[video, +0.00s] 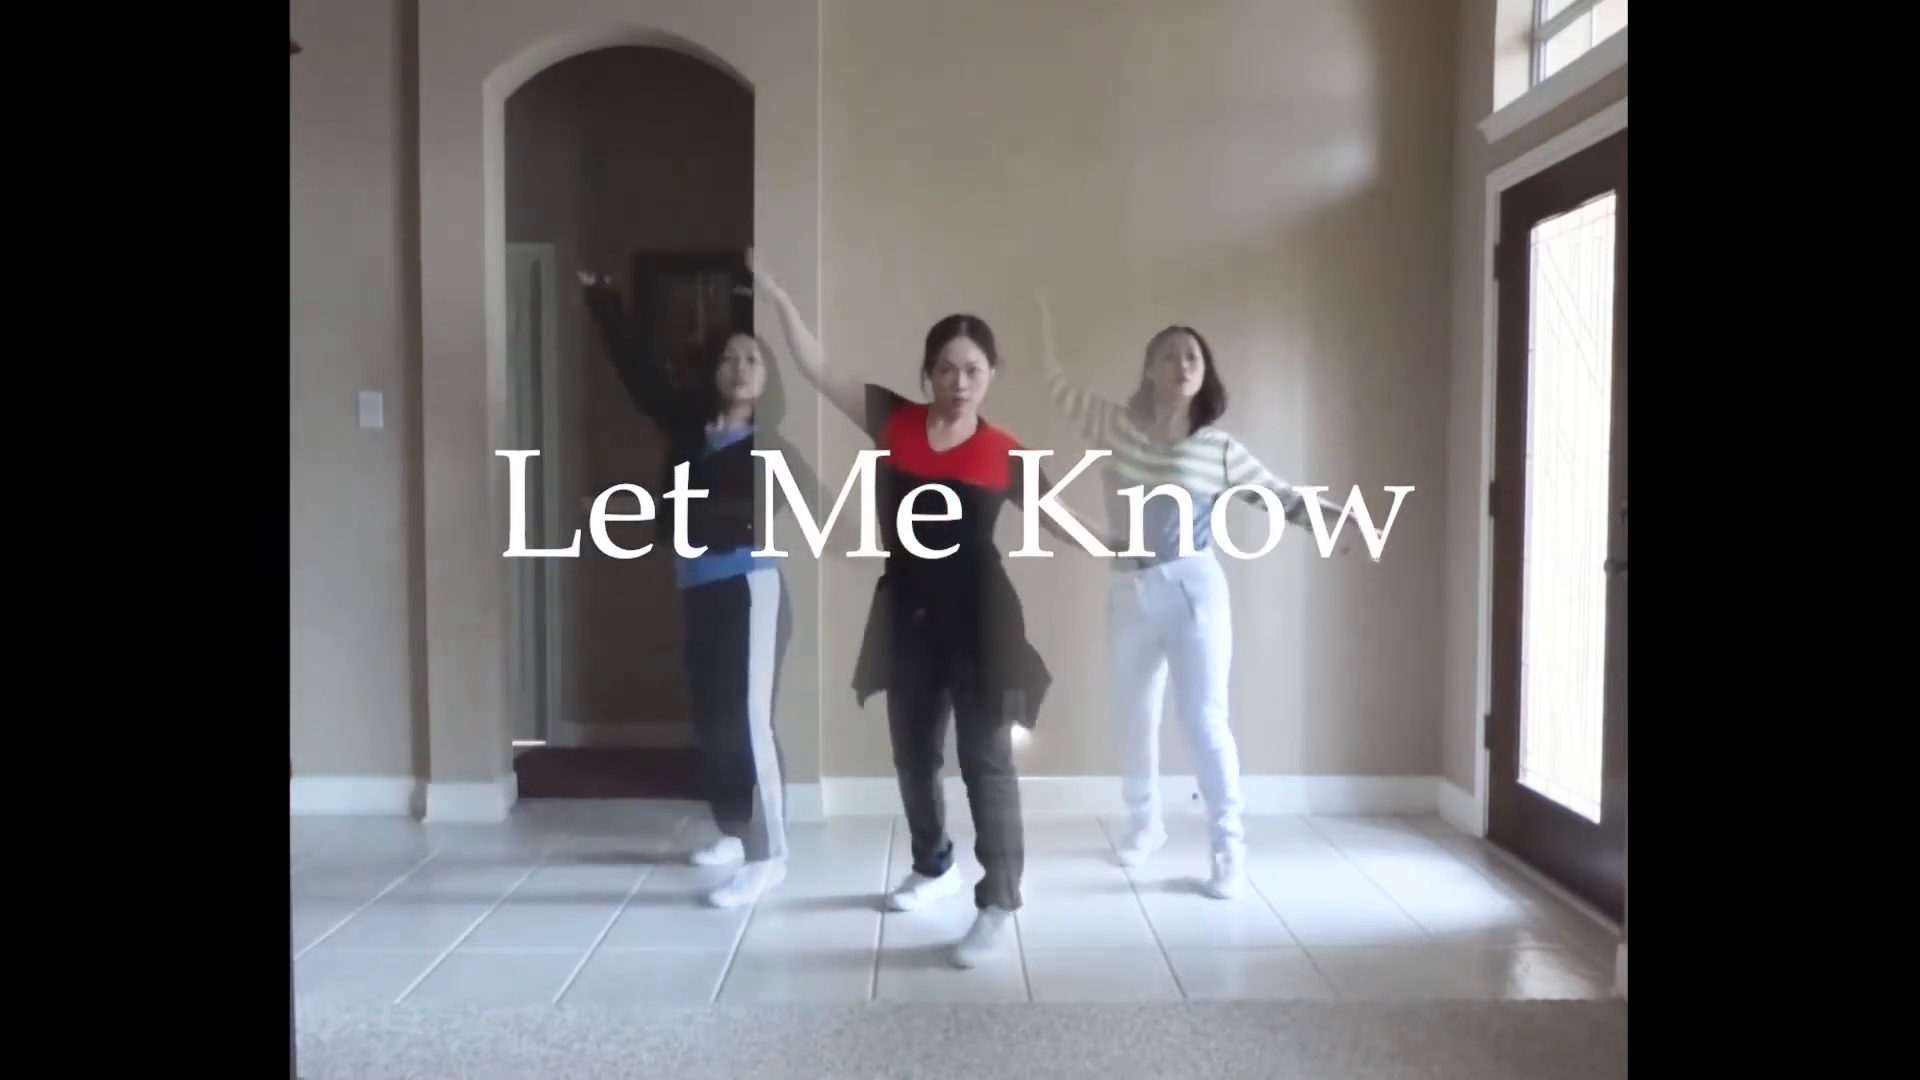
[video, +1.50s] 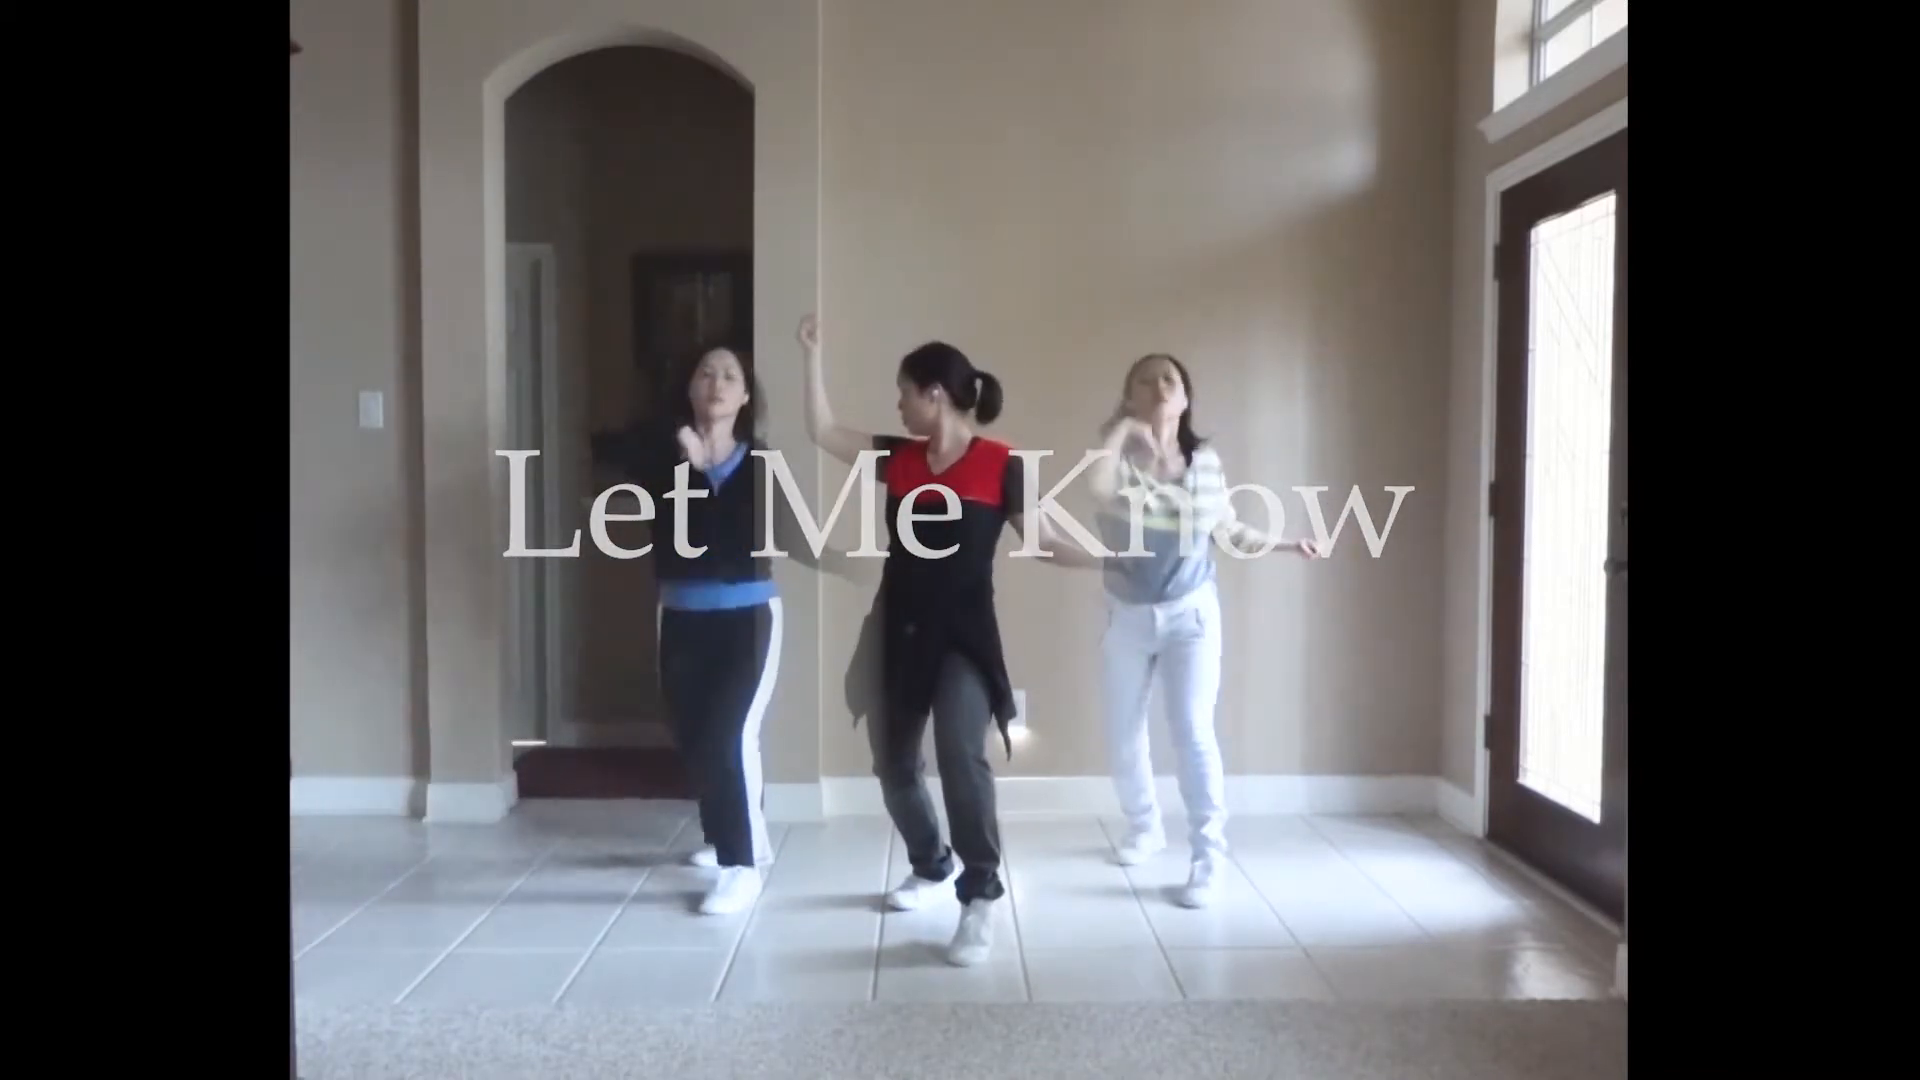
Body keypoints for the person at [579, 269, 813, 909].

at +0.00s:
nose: (739, 370)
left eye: (750, 361)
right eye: (729, 360)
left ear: (766, 376)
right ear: (712, 371)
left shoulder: (766, 450)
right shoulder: (688, 425)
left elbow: (755, 521)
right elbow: (641, 372)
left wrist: (679, 514)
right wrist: (604, 304)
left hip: (752, 586)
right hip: (701, 588)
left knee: (749, 717)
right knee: (712, 714)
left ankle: (769, 857)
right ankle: (736, 834)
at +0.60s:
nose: (699, 414)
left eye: (706, 404)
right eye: (700, 404)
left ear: (728, 409)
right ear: (712, 413)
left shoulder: (752, 464)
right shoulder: (699, 457)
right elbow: (651, 416)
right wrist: (643, 359)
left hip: (746, 599)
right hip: (702, 598)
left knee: (720, 708)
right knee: (694, 715)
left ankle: (745, 836)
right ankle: (724, 833)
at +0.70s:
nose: (714, 410)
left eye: (722, 399)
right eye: (718, 398)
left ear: (737, 407)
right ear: (715, 402)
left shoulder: (763, 462)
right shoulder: (694, 448)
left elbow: (806, 523)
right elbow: (647, 429)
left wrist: (846, 556)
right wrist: (646, 371)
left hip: (746, 603)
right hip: (699, 599)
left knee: (714, 711)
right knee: (691, 719)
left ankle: (740, 839)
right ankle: (731, 831)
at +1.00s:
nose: (725, 411)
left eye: (737, 397)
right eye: (717, 396)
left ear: (757, 405)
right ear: (705, 400)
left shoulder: (766, 458)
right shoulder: (684, 455)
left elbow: (813, 523)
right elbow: (651, 438)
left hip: (744, 597)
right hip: (691, 595)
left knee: (728, 720)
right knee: (704, 718)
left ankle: (729, 854)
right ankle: (741, 831)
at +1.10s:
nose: (715, 374)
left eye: (728, 365)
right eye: (710, 364)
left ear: (750, 382)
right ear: (697, 377)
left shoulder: (760, 444)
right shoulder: (683, 442)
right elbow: (657, 437)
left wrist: (750, 354)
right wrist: (674, 377)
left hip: (743, 593)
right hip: (690, 593)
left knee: (731, 725)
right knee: (710, 724)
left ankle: (734, 858)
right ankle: (743, 835)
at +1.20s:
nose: (721, 369)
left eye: (733, 362)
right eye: (714, 361)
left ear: (752, 381)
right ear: (702, 374)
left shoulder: (762, 439)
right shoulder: (681, 433)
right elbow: (636, 442)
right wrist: (676, 398)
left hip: (746, 598)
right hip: (689, 597)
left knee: (734, 726)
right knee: (708, 725)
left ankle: (738, 859)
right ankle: (732, 834)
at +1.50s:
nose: (715, 385)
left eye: (728, 377)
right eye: (705, 375)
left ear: (746, 393)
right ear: (689, 387)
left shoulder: (760, 463)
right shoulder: (665, 455)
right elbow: (604, 454)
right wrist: (676, 460)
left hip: (747, 615)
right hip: (683, 616)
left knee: (726, 738)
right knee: (693, 738)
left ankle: (741, 864)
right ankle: (723, 839)